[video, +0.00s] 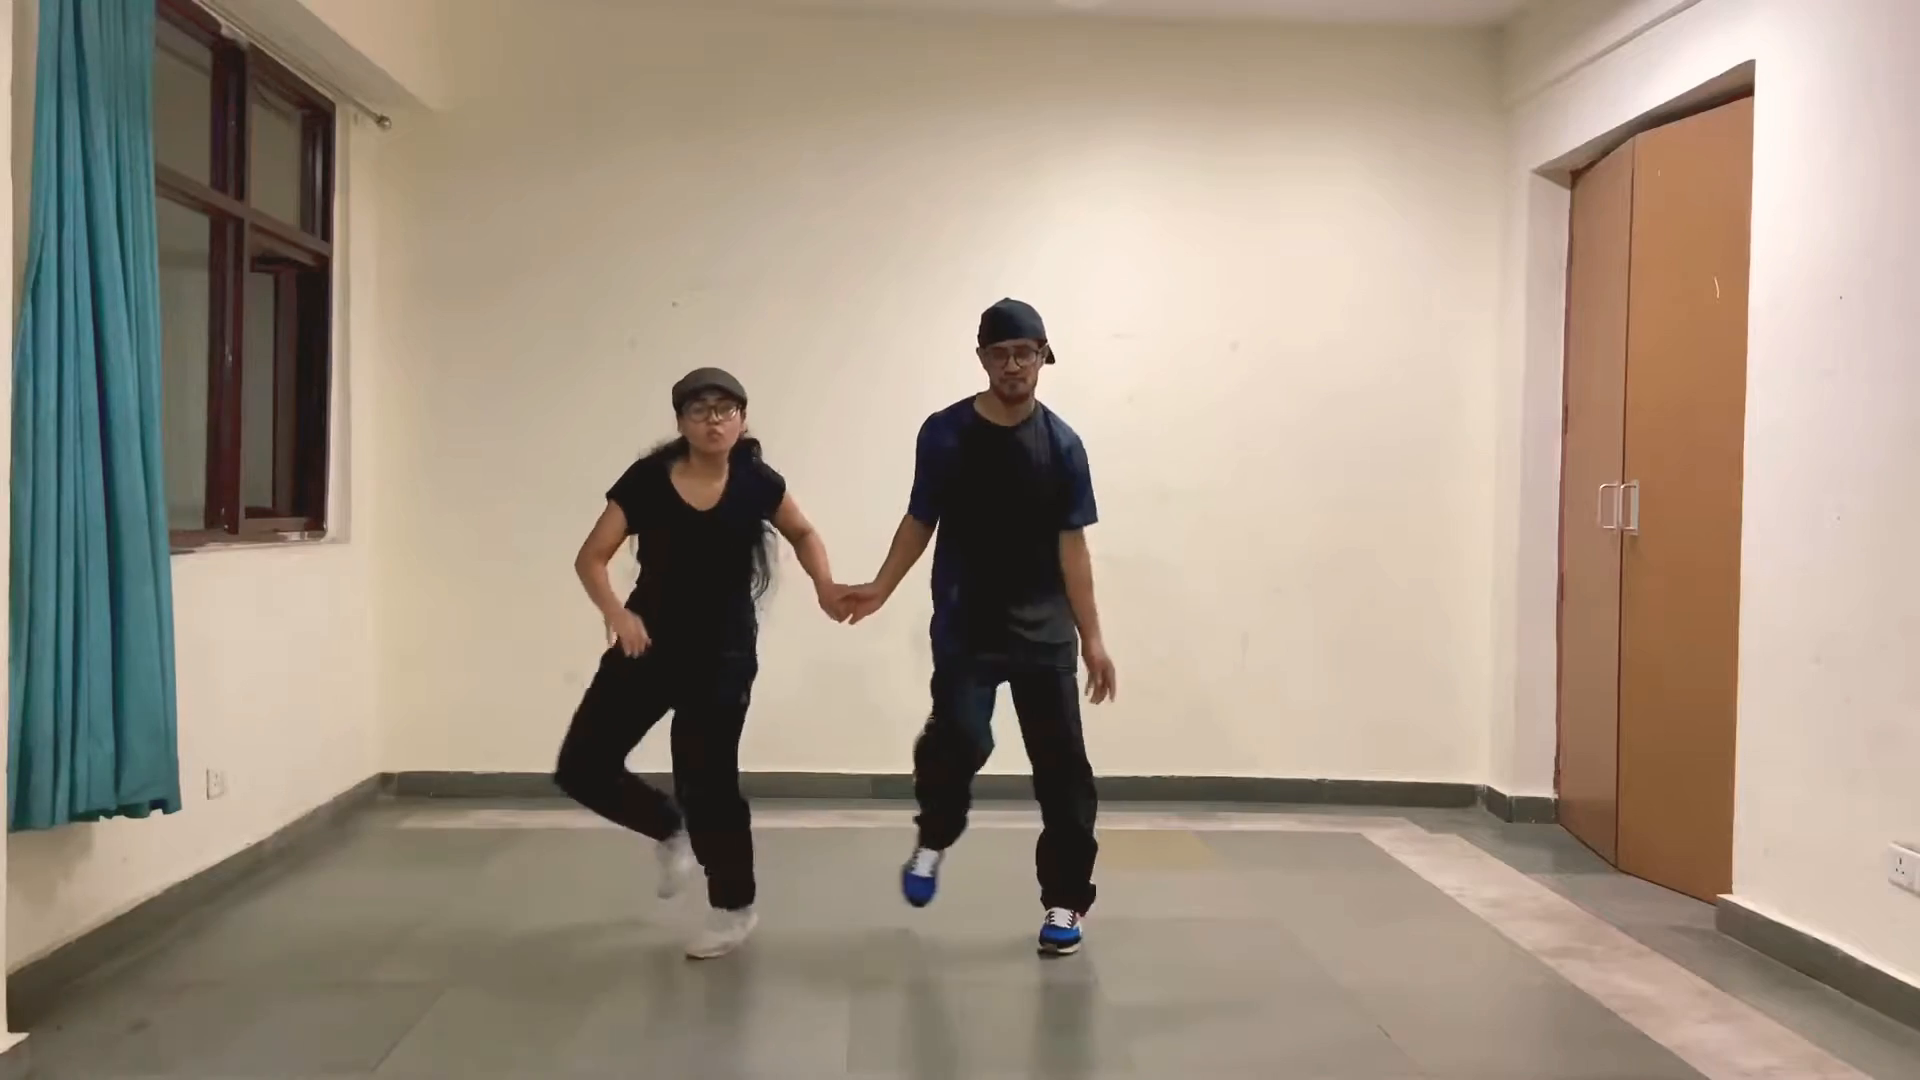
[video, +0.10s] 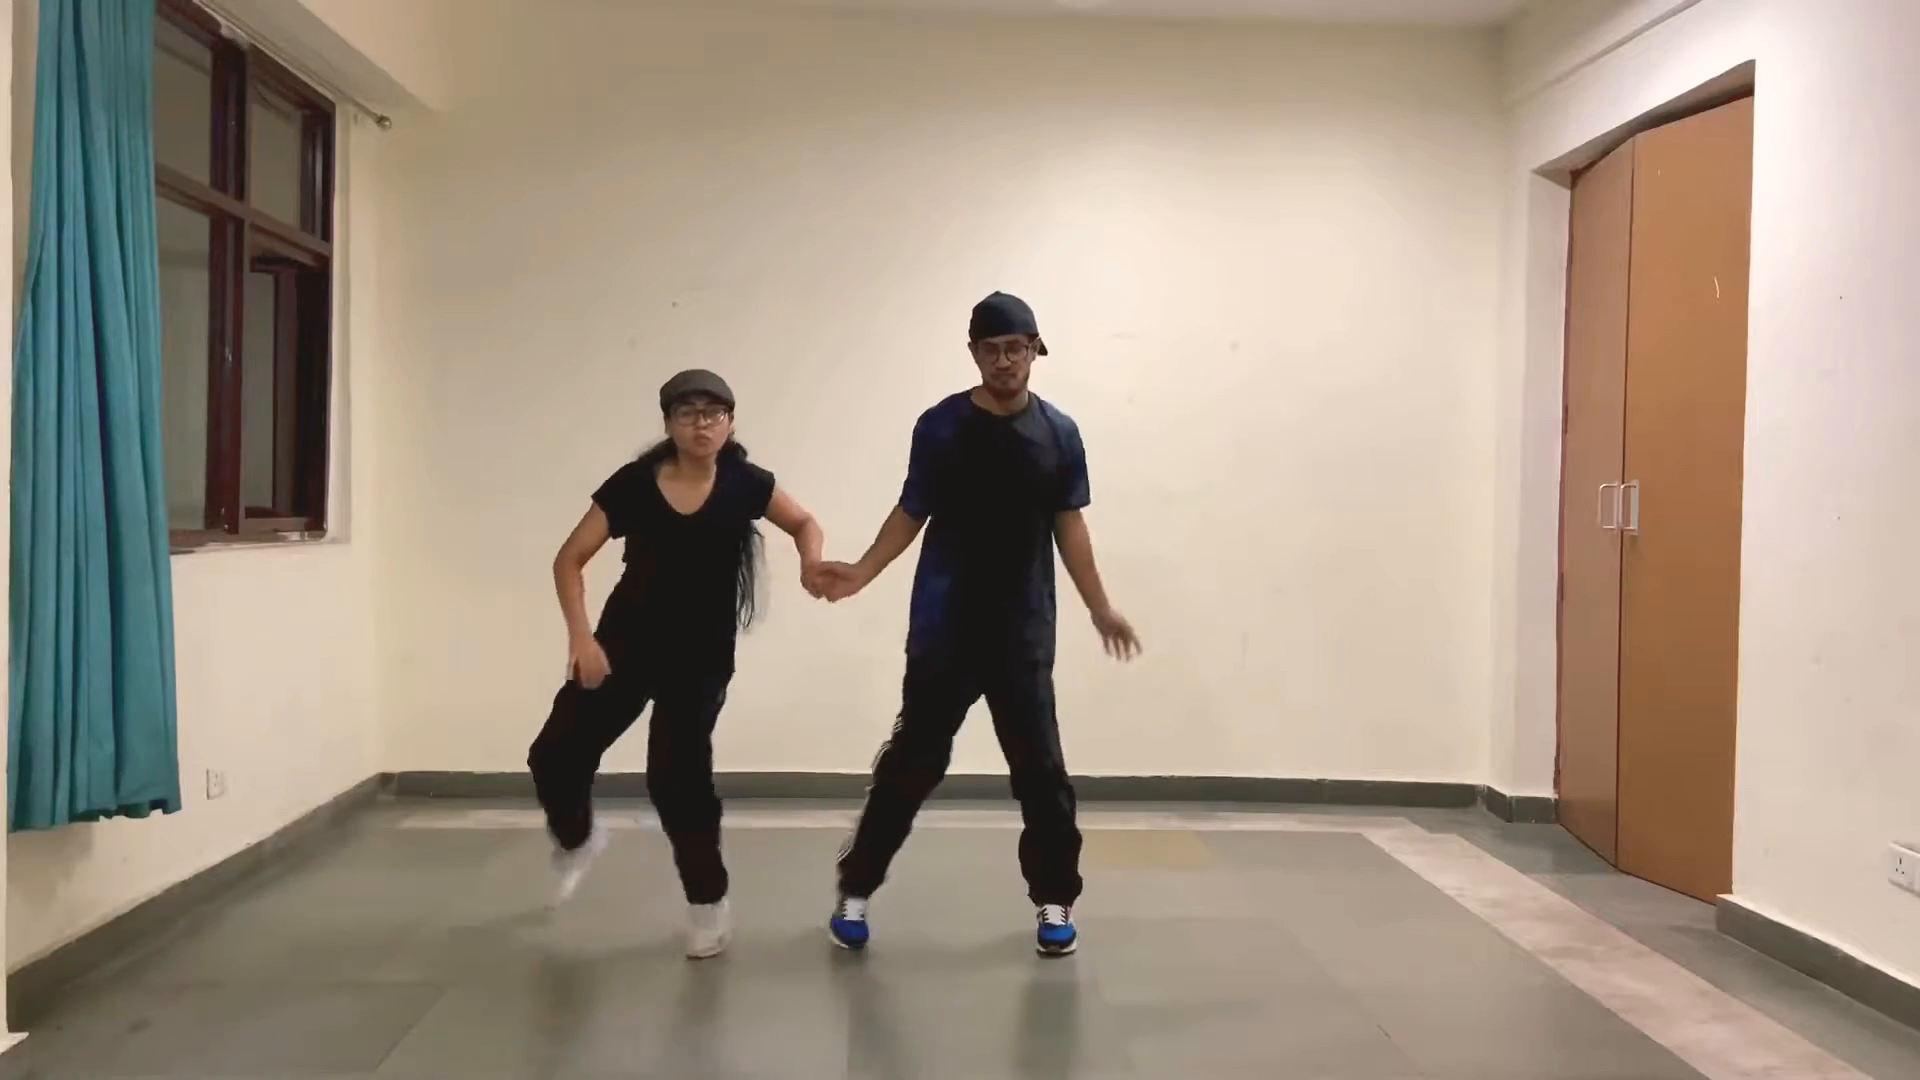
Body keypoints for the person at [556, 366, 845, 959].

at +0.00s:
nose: (717, 419)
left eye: (727, 409)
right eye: (703, 410)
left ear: (742, 420)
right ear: (681, 421)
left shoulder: (758, 483)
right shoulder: (647, 481)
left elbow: (802, 533)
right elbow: (590, 559)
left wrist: (826, 584)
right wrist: (616, 612)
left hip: (721, 654)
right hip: (649, 646)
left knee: (706, 779)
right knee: (582, 771)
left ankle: (735, 907)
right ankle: (671, 826)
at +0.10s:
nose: (704, 424)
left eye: (714, 413)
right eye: (690, 414)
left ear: (730, 421)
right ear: (669, 423)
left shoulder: (744, 485)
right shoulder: (634, 486)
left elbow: (804, 525)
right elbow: (568, 562)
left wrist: (811, 564)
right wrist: (581, 638)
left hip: (700, 656)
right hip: (627, 646)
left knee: (677, 774)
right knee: (554, 759)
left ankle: (707, 902)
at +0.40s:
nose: (698, 412)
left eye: (709, 403)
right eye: (685, 404)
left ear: (727, 415)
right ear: (666, 418)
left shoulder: (753, 485)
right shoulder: (637, 485)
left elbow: (792, 551)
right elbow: (591, 555)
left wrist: (827, 565)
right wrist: (542, 627)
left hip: (708, 656)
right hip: (633, 647)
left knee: (688, 780)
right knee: (601, 766)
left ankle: (675, 905)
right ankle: (588, 829)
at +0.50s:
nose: (704, 393)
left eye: (716, 384)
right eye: (691, 384)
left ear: (734, 397)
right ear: (671, 398)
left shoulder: (758, 467)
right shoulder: (645, 466)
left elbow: (786, 546)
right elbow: (623, 539)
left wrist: (842, 532)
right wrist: (595, 612)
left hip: (725, 636)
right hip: (653, 630)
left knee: (707, 773)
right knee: (656, 741)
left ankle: (682, 902)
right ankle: (655, 794)